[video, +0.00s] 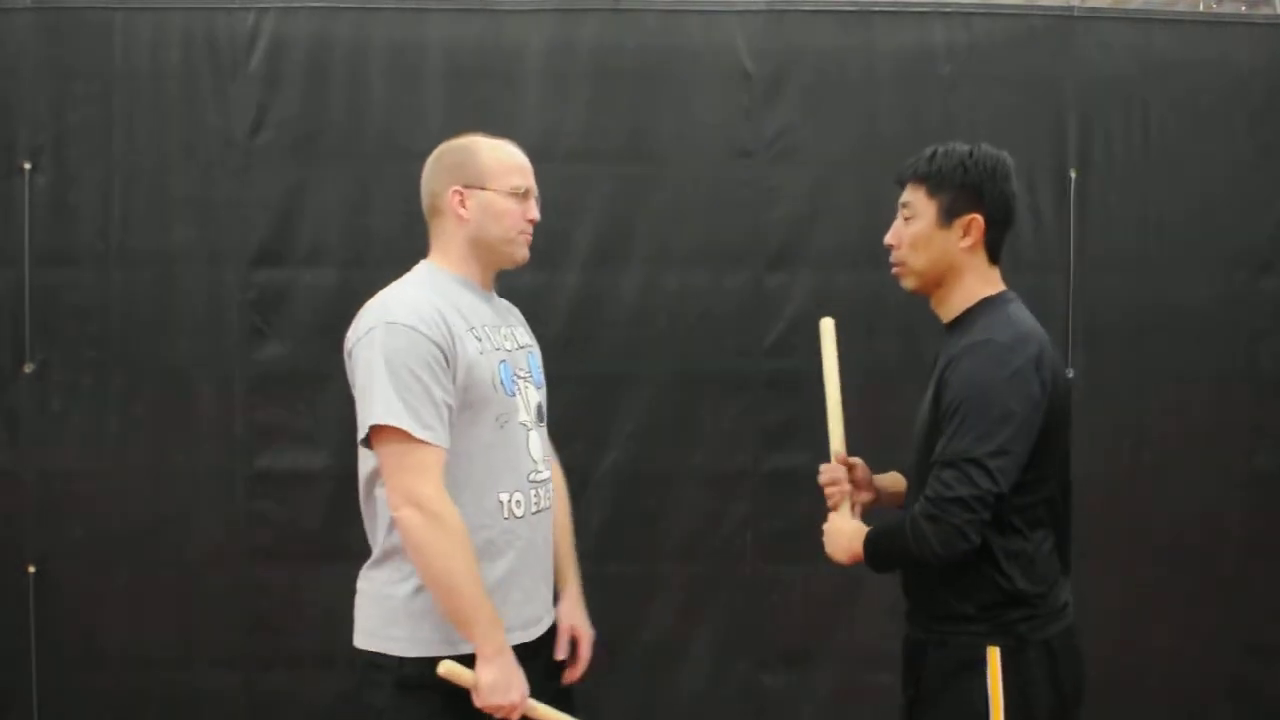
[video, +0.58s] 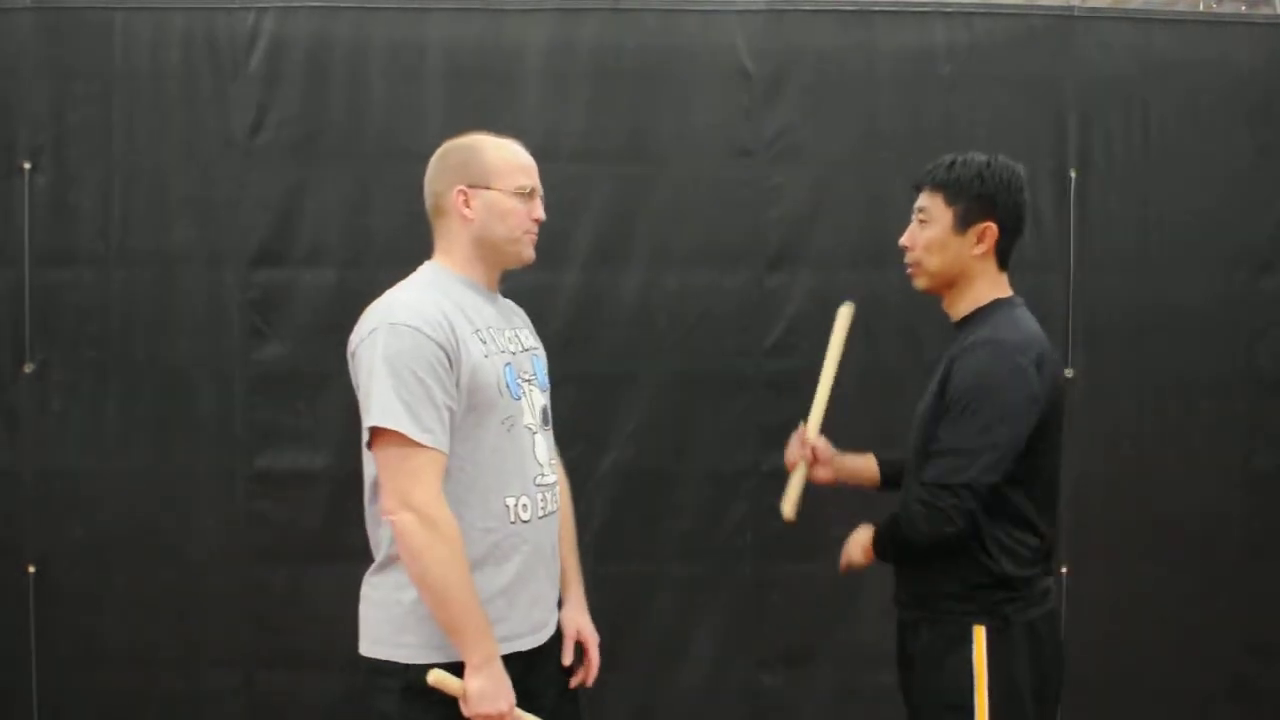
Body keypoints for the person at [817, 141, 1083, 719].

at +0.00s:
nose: (889, 237)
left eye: (908, 217)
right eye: (896, 217)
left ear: (967, 231)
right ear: (962, 233)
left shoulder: (996, 352)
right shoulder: (981, 340)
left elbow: (952, 526)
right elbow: (968, 480)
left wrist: (864, 543)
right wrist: (880, 488)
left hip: (994, 654)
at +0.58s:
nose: (905, 240)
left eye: (923, 222)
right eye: (911, 221)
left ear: (982, 238)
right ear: (978, 240)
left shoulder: (1001, 352)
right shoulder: (982, 342)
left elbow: (943, 513)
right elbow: (941, 470)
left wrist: (877, 537)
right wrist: (843, 467)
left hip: (983, 637)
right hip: (961, 630)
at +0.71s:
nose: (907, 243)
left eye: (923, 226)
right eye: (912, 225)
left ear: (981, 240)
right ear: (978, 243)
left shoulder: (990, 350)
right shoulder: (992, 336)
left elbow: (886, 492)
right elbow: (930, 438)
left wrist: (868, 482)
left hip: (975, 624)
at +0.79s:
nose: (903, 245)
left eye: (921, 227)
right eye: (909, 227)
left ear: (977, 240)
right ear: (973, 241)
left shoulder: (975, 347)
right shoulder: (1002, 331)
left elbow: (868, 476)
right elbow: (920, 417)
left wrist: (909, 442)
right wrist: (857, 344)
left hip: (971, 615)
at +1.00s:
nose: (904, 246)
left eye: (918, 230)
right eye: (908, 229)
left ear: (974, 242)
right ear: (970, 245)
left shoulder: (967, 352)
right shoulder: (1001, 334)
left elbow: (860, 469)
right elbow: (873, 388)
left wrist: (886, 414)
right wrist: (875, 279)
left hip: (964, 620)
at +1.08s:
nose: (899, 246)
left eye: (916, 230)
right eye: (905, 229)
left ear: (973, 244)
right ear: (966, 245)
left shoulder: (978, 355)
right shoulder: (970, 339)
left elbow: (863, 479)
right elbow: (848, 379)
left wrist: (871, 430)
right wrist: (854, 270)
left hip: (963, 629)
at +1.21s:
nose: (895, 247)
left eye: (912, 228)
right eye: (900, 228)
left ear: (971, 244)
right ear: (966, 246)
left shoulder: (998, 363)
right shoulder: (934, 352)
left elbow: (878, 492)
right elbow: (806, 378)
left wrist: (855, 445)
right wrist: (792, 265)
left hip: (968, 650)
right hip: (919, 642)